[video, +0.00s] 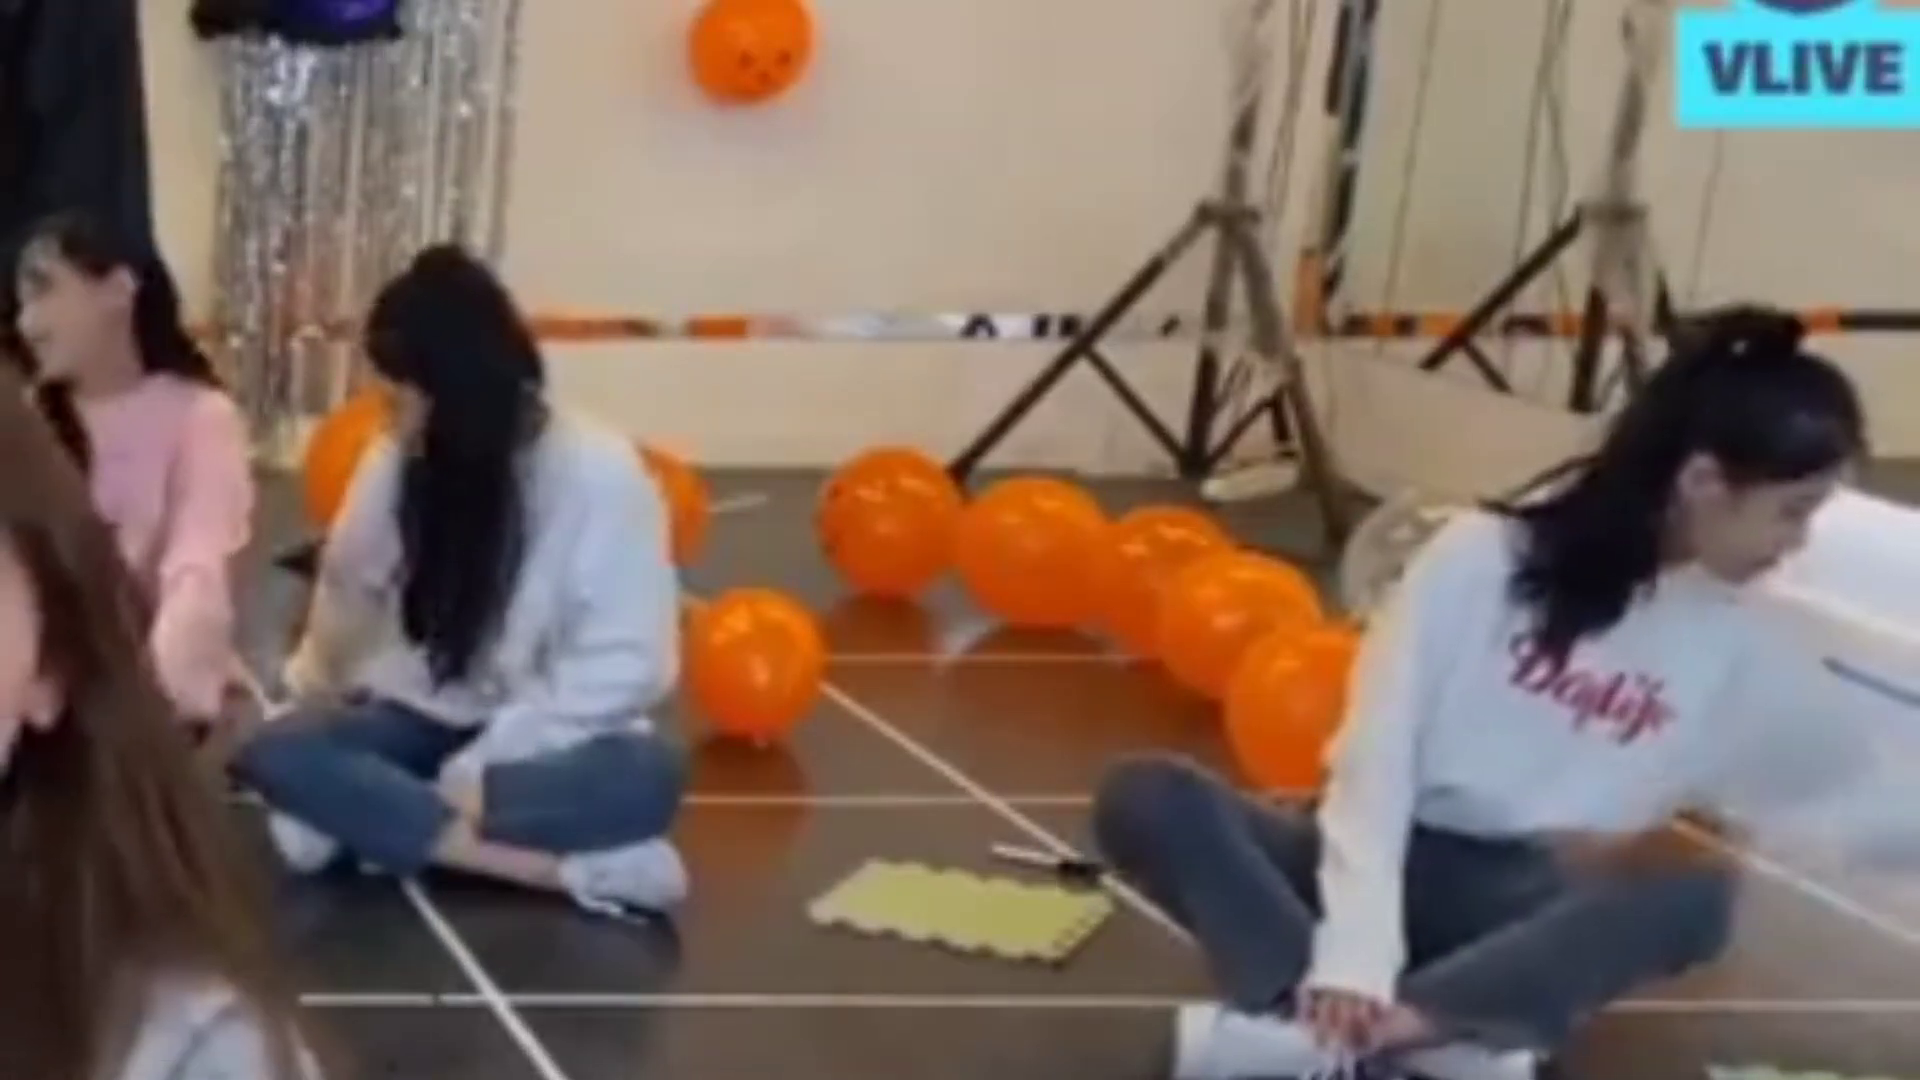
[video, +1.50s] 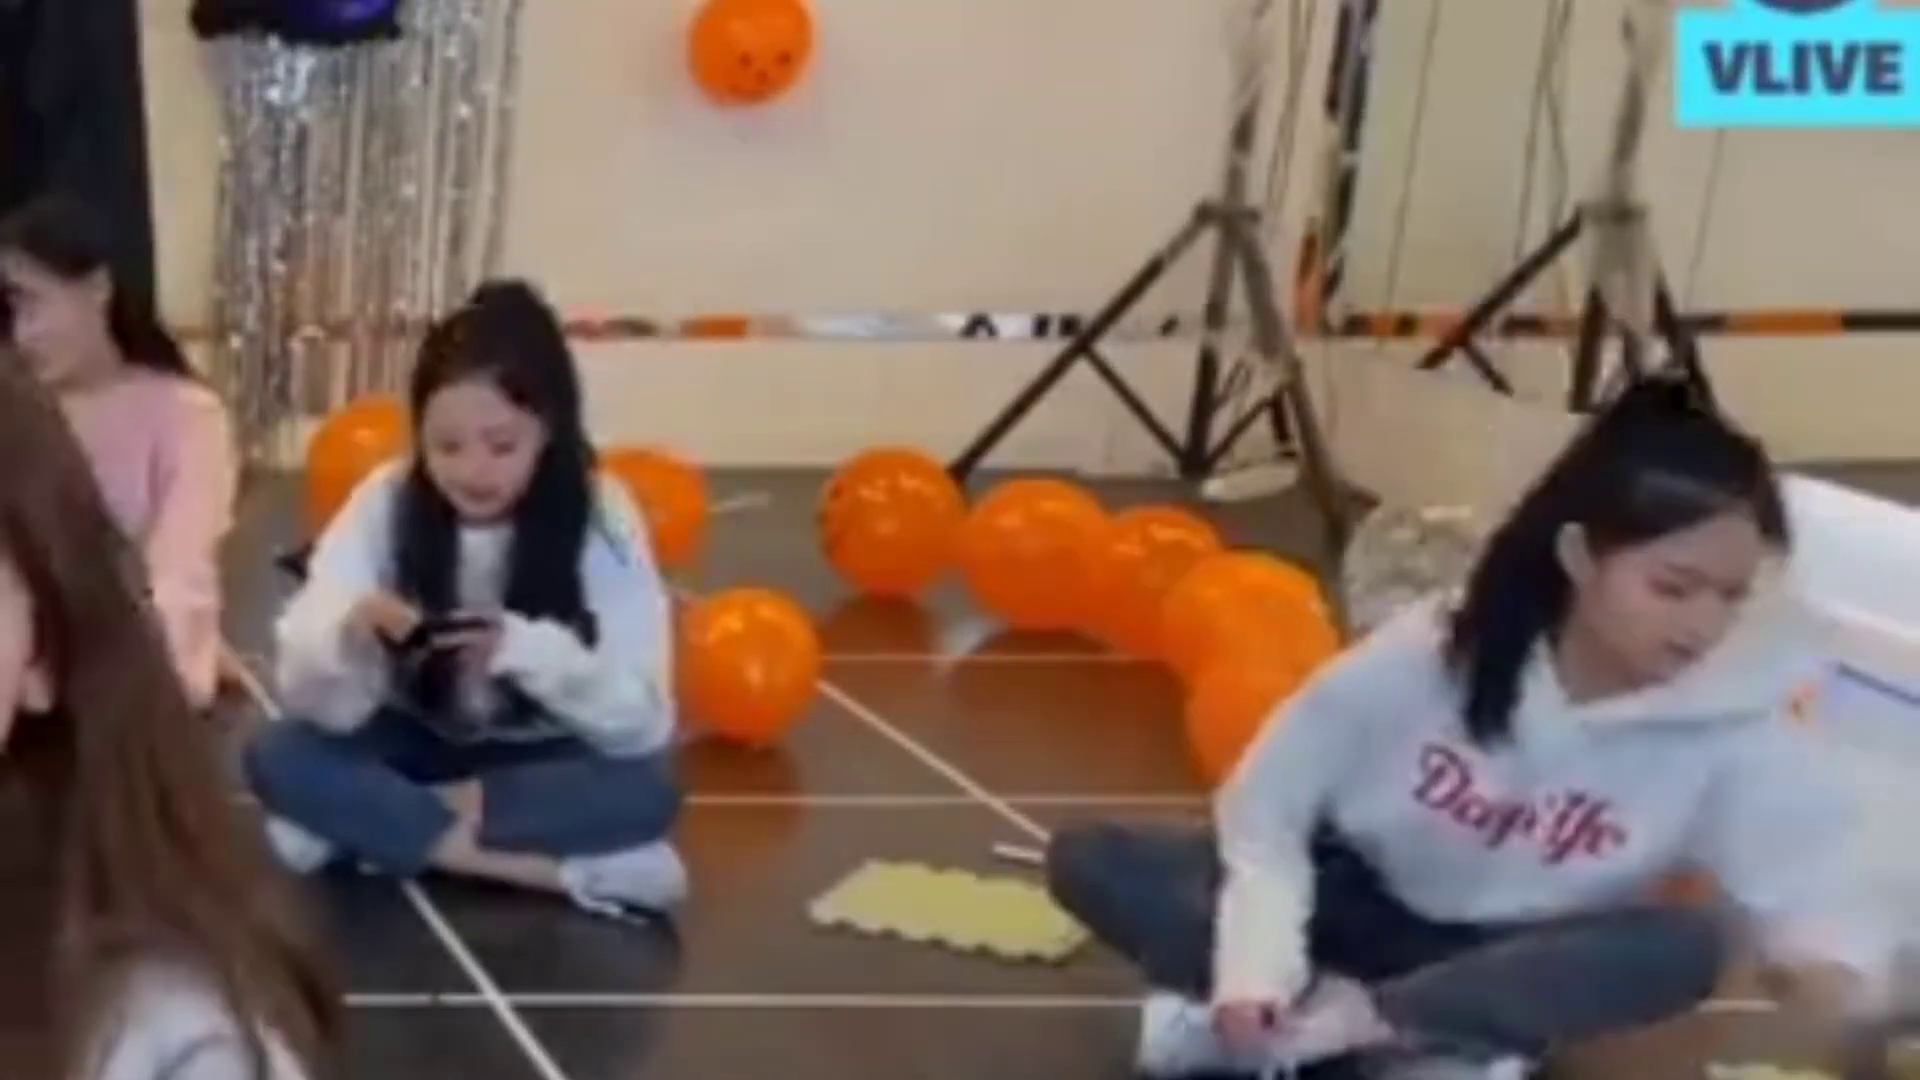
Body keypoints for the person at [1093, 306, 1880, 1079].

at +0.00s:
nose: (1804, 537)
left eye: (1815, 511)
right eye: (1794, 508)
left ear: (1707, 485)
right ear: (1700, 481)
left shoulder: (1750, 651)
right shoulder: (1476, 557)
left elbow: (1883, 789)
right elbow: (1370, 764)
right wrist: (1354, 958)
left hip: (1515, 892)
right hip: (1364, 857)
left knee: (1696, 900)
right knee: (1143, 793)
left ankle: (1320, 1041)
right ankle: (1400, 1050)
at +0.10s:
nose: (1795, 538)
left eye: (1810, 512)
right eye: (1788, 508)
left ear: (1711, 489)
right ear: (1699, 480)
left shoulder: (1731, 647)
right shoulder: (1471, 555)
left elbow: (1893, 772)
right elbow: (1366, 760)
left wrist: (1740, 816)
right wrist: (1351, 952)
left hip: (1503, 892)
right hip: (1359, 852)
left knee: (1689, 897)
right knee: (1142, 792)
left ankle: (1322, 1042)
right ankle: (1407, 1047)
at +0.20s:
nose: (1796, 539)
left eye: (1810, 514)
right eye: (1789, 511)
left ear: (1711, 492)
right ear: (1700, 483)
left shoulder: (1720, 638)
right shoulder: (1471, 557)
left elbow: (1718, 827)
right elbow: (1363, 760)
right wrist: (1351, 953)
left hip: (1500, 892)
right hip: (1360, 855)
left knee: (1691, 901)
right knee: (1139, 796)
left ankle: (1326, 1041)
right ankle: (1406, 1046)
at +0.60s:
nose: (1718, 513)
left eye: (1734, 487)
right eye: (1706, 484)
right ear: (1607, 453)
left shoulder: (1680, 627)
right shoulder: (1418, 554)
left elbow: (1689, 821)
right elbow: (1345, 774)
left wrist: (1859, 849)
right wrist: (1469, 884)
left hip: (1508, 899)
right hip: (1354, 866)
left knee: (1680, 890)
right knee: (1119, 816)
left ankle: (1328, 1033)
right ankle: (1393, 1042)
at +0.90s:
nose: (1599, 485)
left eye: (1620, 457)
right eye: (1576, 453)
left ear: (1637, 446)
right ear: (1472, 421)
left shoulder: (1621, 598)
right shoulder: (1320, 570)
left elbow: (1719, 779)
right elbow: (1258, 792)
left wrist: (1892, 844)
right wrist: (1360, 897)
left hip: (1481, 895)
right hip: (1309, 875)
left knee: (1672, 880)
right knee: (1091, 845)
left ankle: (1315, 1032)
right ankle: (1398, 1040)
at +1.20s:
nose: (1626, 531)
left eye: (1647, 501)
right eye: (1597, 497)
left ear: (1671, 492)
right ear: (1498, 472)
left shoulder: (1661, 654)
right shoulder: (1368, 600)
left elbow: (1818, 807)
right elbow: (1242, 763)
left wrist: (1906, 878)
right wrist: (1259, 918)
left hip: (1478, 921)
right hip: (1306, 891)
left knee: (1682, 915)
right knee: (1081, 863)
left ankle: (1328, 1032)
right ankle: (1415, 1043)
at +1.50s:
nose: (1701, 629)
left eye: (1729, 601)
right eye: (1675, 589)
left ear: (1753, 596)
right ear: (1578, 554)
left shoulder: (1725, 748)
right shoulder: (1417, 666)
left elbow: (1803, 896)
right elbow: (1263, 809)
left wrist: (1831, 972)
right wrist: (1256, 981)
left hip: (1502, 948)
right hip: (1344, 894)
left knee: (1692, 947)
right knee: (1092, 857)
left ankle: (1329, 1024)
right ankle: (1406, 1041)